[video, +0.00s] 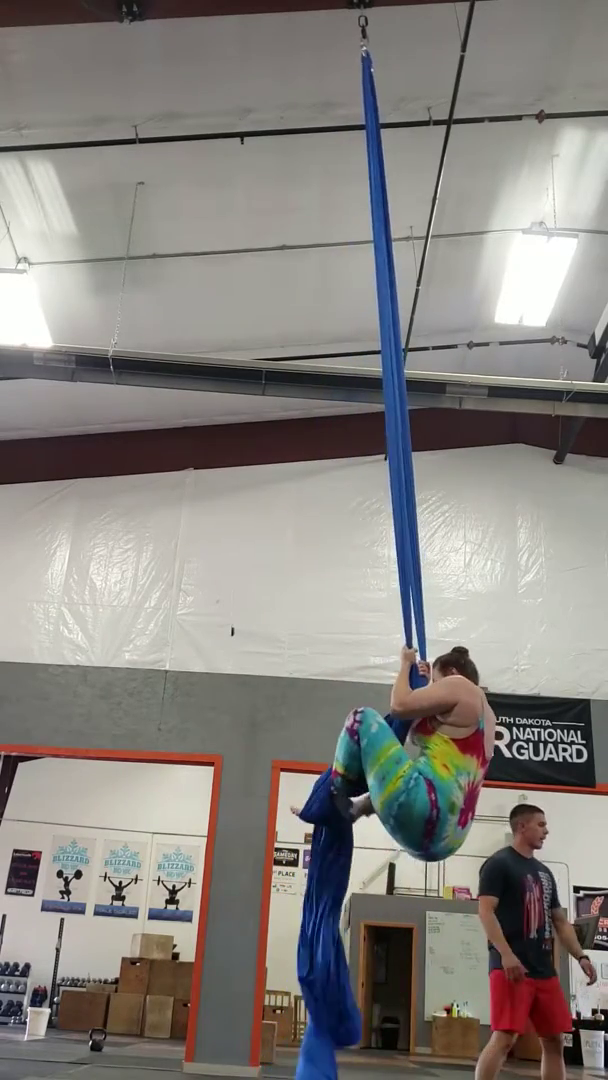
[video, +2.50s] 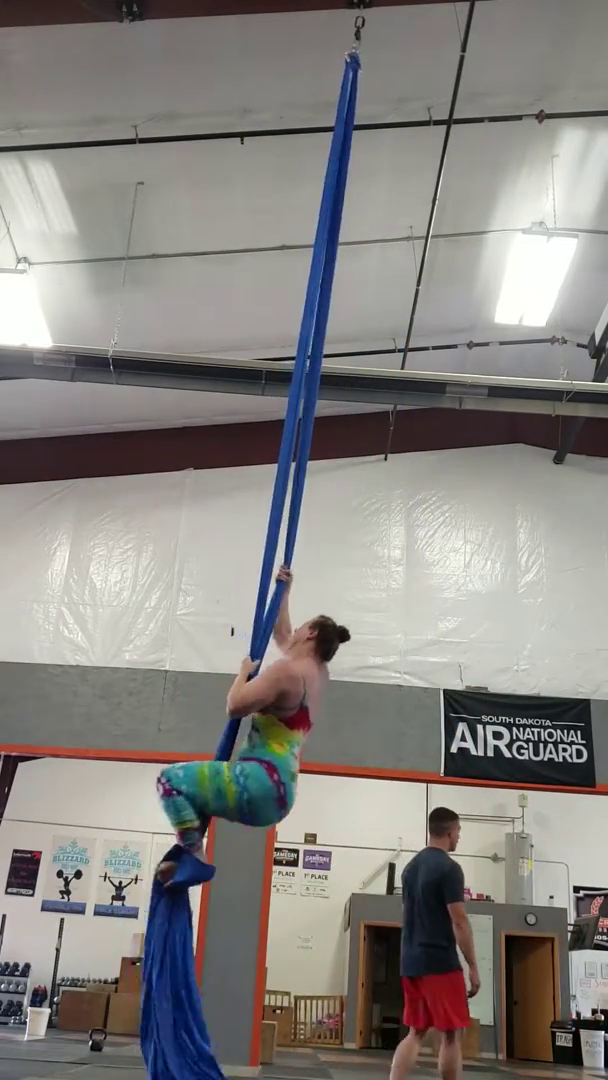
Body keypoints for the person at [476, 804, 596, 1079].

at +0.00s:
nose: (546, 830)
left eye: (546, 825)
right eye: (541, 825)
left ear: (528, 828)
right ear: (521, 827)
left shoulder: (545, 872)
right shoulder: (498, 864)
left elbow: (560, 921)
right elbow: (485, 912)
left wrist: (580, 956)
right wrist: (506, 954)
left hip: (543, 971)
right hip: (509, 968)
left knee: (553, 1042)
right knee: (503, 1039)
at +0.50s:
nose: (505, 825)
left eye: (505, 819)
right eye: (502, 819)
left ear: (484, 821)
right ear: (484, 820)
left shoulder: (482, 857)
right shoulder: (471, 857)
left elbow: (487, 914)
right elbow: (467, 911)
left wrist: (496, 962)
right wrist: (473, 961)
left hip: (491, 963)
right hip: (474, 963)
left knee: (503, 1032)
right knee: (478, 1037)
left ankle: (493, 1075)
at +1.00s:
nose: (457, 829)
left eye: (456, 823)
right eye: (453, 822)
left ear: (433, 825)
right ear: (436, 824)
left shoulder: (419, 860)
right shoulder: (436, 861)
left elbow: (423, 917)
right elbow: (448, 914)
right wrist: (479, 958)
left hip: (419, 960)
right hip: (439, 962)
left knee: (413, 1034)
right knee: (456, 1036)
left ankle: (393, 1076)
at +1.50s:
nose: (422, 829)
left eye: (421, 823)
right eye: (418, 823)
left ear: (397, 825)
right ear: (402, 824)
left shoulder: (380, 861)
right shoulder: (404, 858)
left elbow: (378, 916)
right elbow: (410, 908)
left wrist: (374, 964)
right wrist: (428, 955)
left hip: (380, 961)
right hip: (406, 960)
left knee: (385, 1032)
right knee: (424, 1032)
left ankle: (379, 1077)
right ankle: (432, 1077)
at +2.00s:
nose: (425, 831)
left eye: (425, 826)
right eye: (422, 825)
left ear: (401, 827)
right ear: (406, 826)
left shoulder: (377, 863)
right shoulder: (412, 859)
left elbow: (377, 914)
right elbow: (427, 909)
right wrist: (447, 952)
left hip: (378, 960)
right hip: (408, 959)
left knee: (380, 1032)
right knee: (429, 1029)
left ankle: (377, 1077)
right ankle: (442, 1076)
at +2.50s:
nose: (459, 837)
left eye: (459, 832)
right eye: (458, 832)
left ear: (430, 832)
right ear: (452, 833)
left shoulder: (411, 866)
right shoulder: (448, 867)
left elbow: (409, 917)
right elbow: (459, 920)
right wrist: (472, 966)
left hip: (410, 962)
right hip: (441, 963)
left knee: (416, 1032)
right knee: (452, 1035)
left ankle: (395, 1076)